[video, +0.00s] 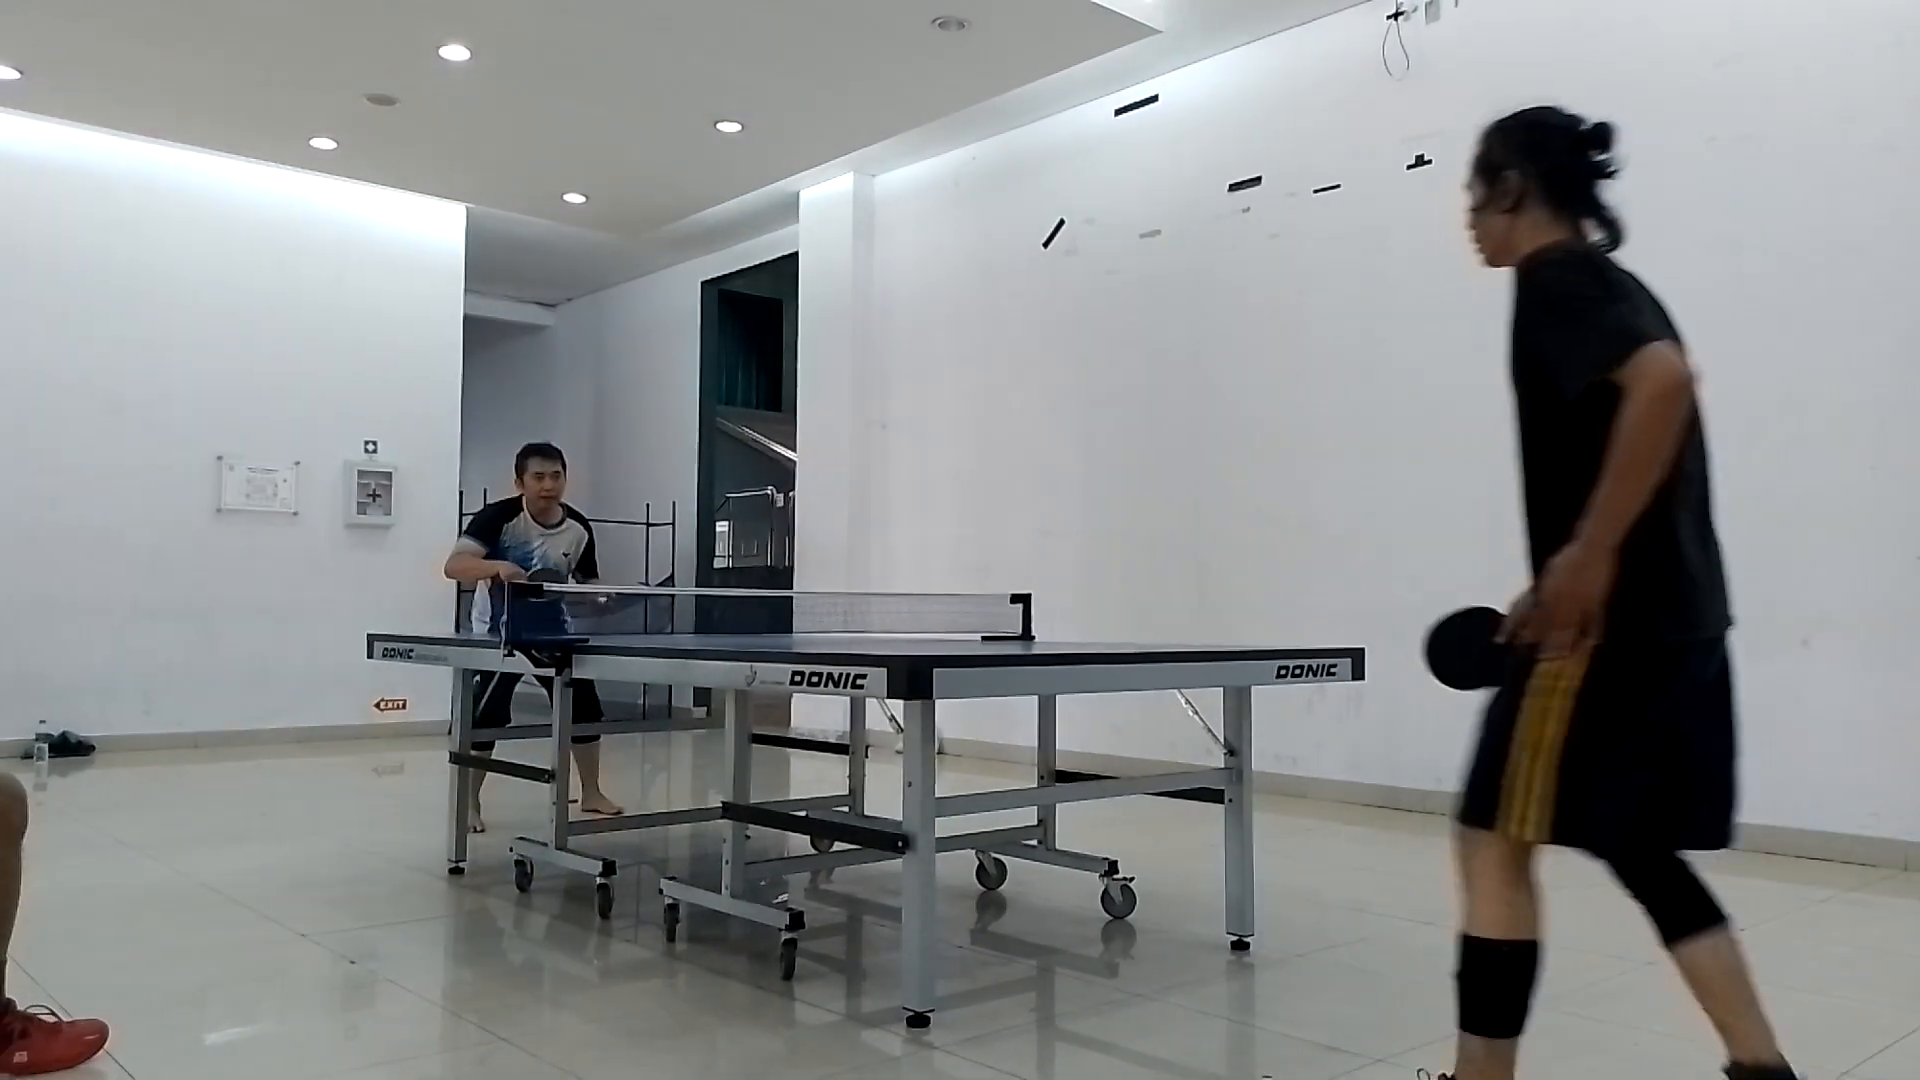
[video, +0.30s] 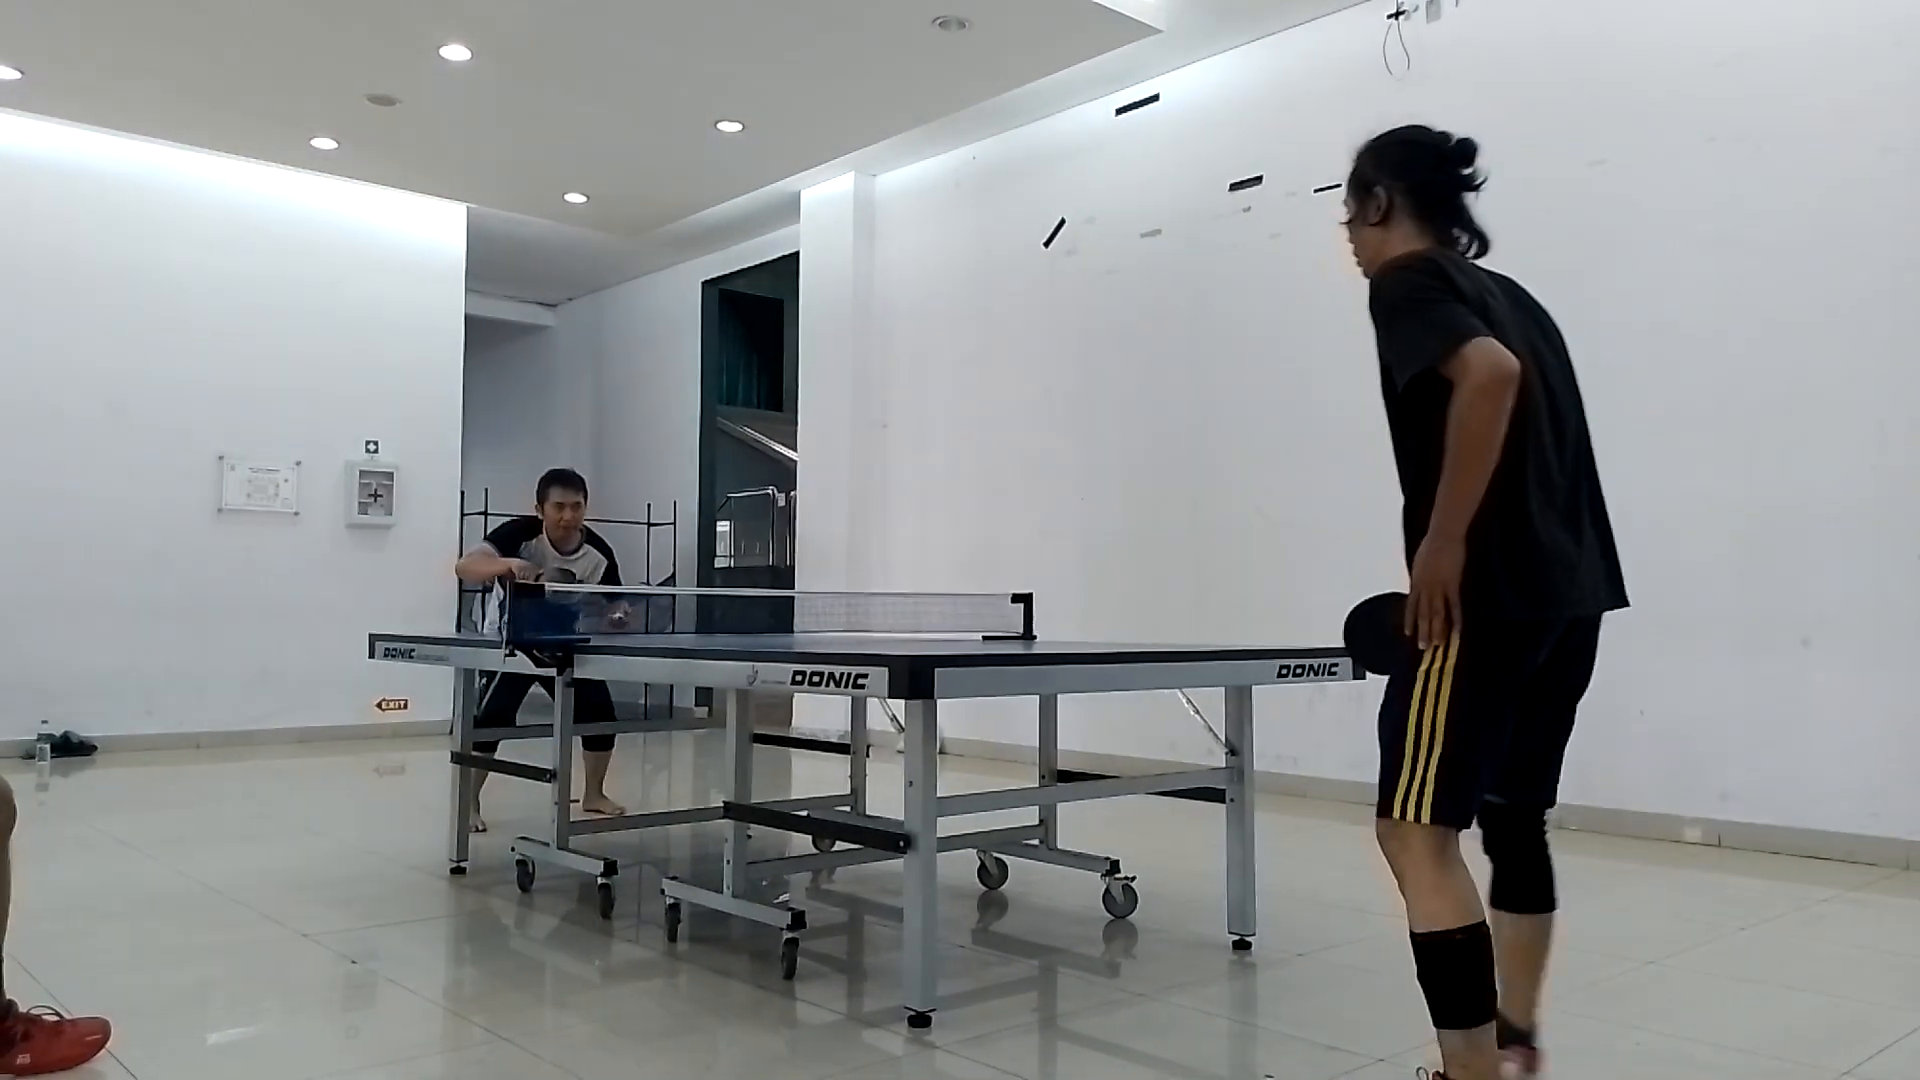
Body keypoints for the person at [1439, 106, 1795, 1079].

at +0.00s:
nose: (1468, 215)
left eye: (1478, 196)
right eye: (1471, 196)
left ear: (1521, 195)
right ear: (1557, 196)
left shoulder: (1561, 281)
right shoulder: (1599, 284)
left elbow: (1664, 380)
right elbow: (1618, 463)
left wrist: (1590, 552)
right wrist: (1552, 596)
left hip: (1602, 622)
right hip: (1662, 622)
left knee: (1489, 833)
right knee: (1633, 836)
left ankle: (1480, 1070)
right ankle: (1761, 1065)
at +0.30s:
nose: (1351, 237)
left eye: (1353, 217)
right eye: (1350, 218)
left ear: (1384, 207)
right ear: (1448, 212)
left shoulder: (1407, 286)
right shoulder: (1511, 296)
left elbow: (1487, 373)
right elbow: (1550, 456)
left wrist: (1443, 539)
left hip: (1481, 601)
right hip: (1566, 600)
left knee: (1413, 828)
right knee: (1516, 819)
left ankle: (1470, 1066)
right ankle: (1516, 1040)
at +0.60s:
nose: (1300, 286)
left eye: (1302, 265)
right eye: (1298, 267)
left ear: (1330, 253)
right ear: (1390, 253)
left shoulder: (1369, 323)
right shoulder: (1455, 334)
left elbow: (1459, 388)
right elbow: (1493, 496)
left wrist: (1419, 552)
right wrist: (1387, 606)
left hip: (1442, 611)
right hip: (1511, 614)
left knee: (1319, 807)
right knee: (1452, 819)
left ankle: (1350, 1061)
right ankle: (1478, 1040)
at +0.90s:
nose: (1261, 274)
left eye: (1262, 255)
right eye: (1258, 257)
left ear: (1287, 242)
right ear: (1352, 243)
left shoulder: (1311, 308)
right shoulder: (1421, 323)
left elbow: (1386, 384)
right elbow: (1465, 473)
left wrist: (1351, 546)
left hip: (1387, 603)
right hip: (1474, 603)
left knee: (1323, 819)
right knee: (1450, 818)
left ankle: (1347, 1067)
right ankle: (1479, 1036)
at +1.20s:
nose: (1256, 285)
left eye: (1255, 267)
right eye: (1253, 269)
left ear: (1277, 254)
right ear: (1343, 253)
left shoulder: (1308, 316)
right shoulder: (1406, 329)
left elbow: (1385, 383)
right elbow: (1445, 484)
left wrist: (1355, 554)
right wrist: (1345, 586)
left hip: (1397, 602)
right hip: (1478, 602)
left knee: (1305, 807)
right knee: (1449, 821)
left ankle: (1335, 1060)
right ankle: (1476, 1037)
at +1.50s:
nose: (1234, 305)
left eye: (1231, 287)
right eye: (1229, 291)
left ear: (1252, 269)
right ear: (1323, 265)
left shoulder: (1283, 323)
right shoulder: (1387, 336)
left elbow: (1357, 393)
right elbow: (1415, 492)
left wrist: (1339, 559)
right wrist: (1312, 573)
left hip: (1383, 612)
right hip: (1467, 609)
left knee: (1294, 826)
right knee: (1434, 819)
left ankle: (1345, 1067)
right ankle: (1475, 1032)